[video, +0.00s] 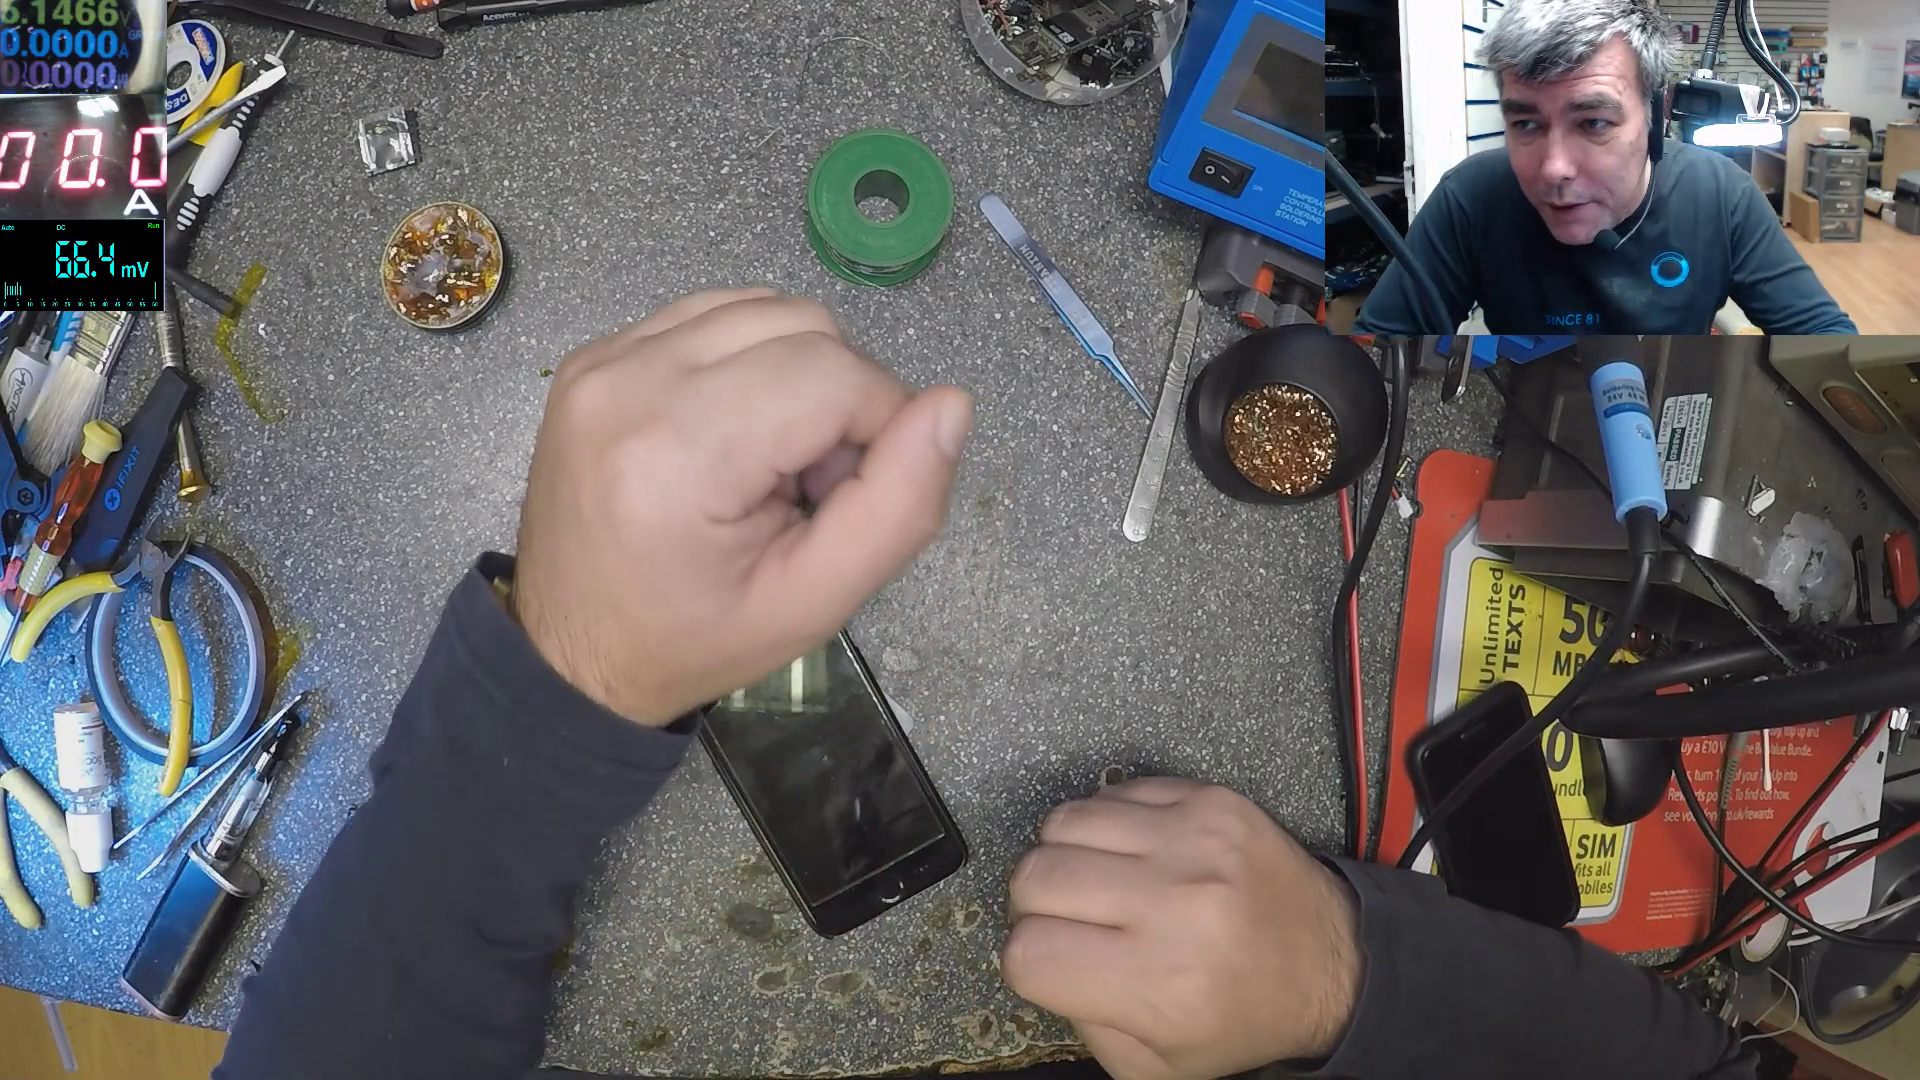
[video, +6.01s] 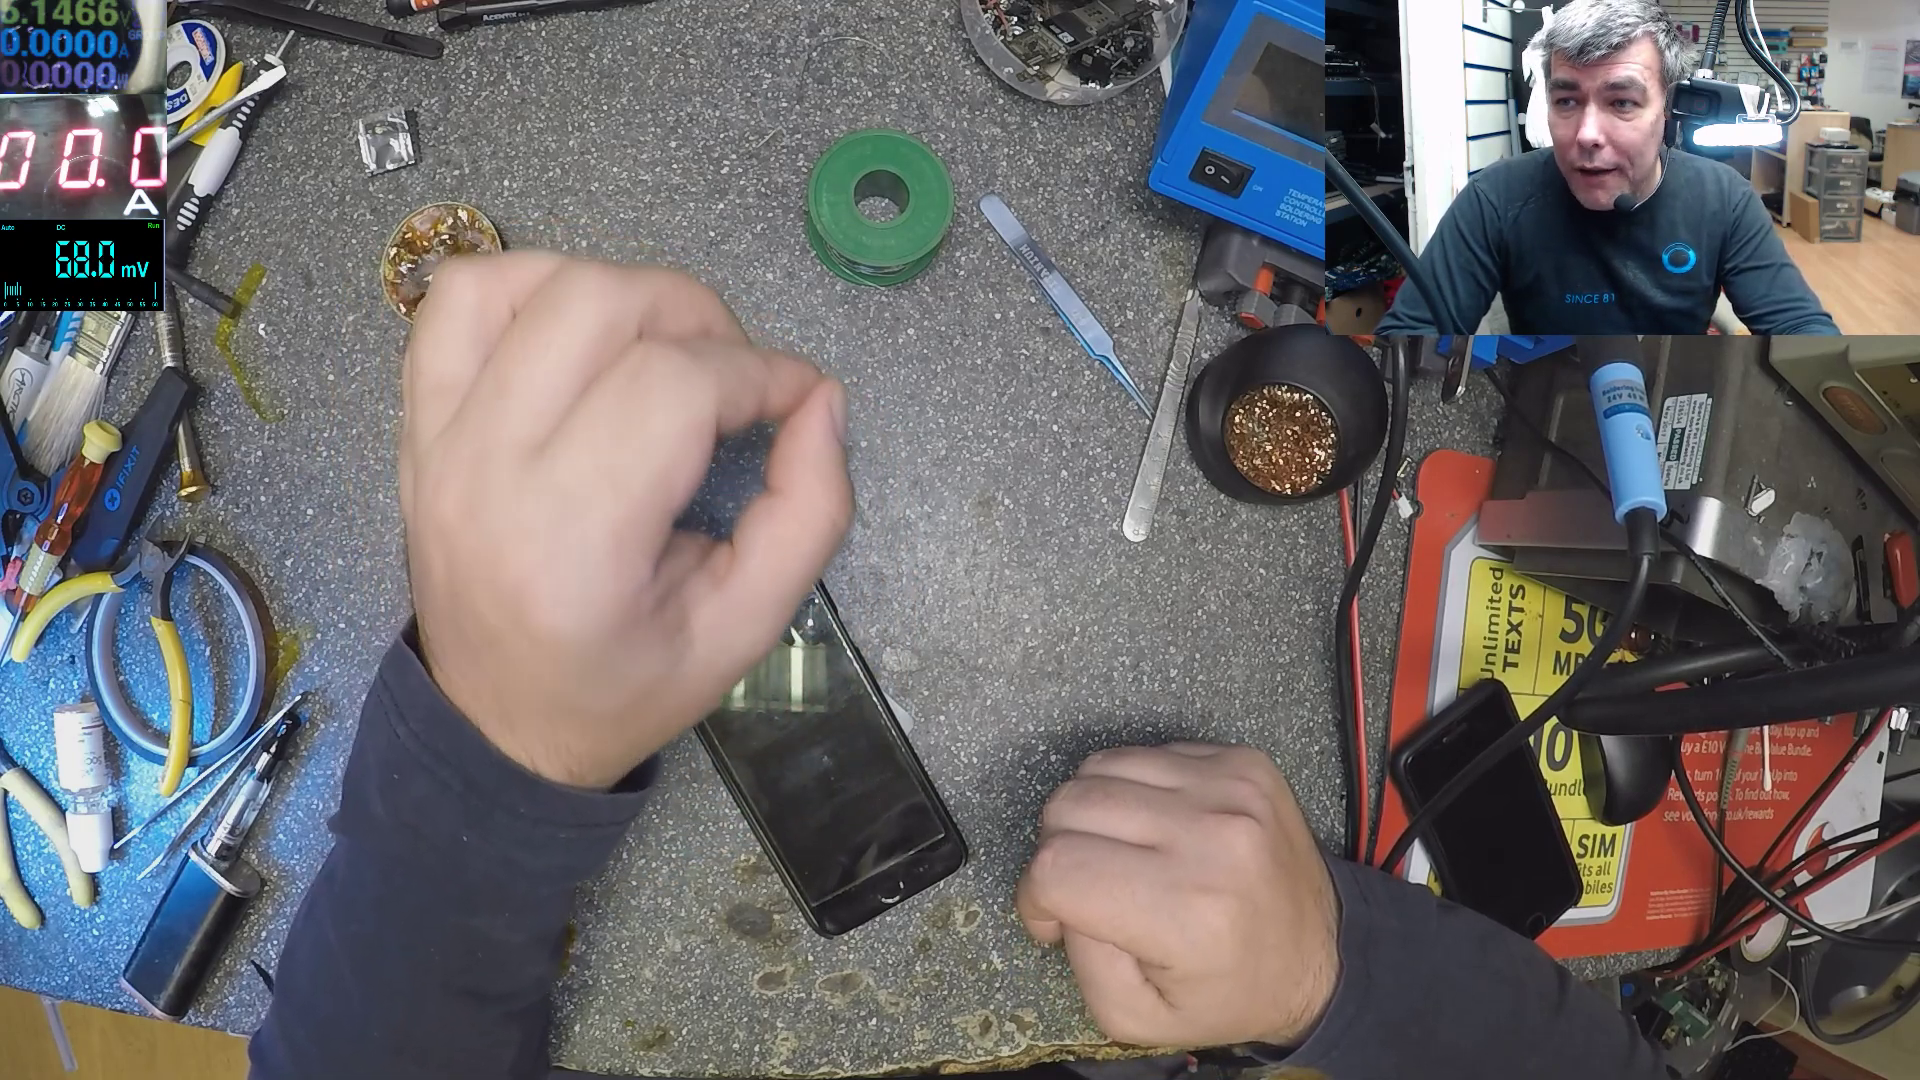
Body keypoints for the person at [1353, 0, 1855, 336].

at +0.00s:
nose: (1555, 170)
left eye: (1593, 123)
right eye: (1526, 125)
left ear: (1655, 117)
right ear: (1504, 119)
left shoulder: (1720, 198)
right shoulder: (1468, 203)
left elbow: (1824, 339)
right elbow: (1378, 348)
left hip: (1675, 426)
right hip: (1525, 427)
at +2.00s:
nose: (1597, 153)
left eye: (1632, 116)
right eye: (1573, 112)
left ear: (1670, 115)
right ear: (1546, 107)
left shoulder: (1723, 199)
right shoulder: (1493, 203)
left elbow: (1817, 331)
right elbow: (1401, 342)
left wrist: (1788, 344)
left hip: (1683, 432)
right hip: (1542, 431)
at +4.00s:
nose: (1599, 158)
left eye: (1632, 123)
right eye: (1575, 119)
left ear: (1670, 119)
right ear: (1549, 111)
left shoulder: (1722, 201)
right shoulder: (1496, 203)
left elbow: (1802, 329)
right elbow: (1407, 338)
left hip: (1680, 421)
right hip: (1544, 421)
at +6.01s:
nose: (1589, 135)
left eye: (1623, 103)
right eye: (1568, 101)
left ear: (1666, 111)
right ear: (1545, 108)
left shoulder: (1721, 200)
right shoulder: (1496, 203)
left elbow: (1802, 329)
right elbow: (1407, 337)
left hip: (1681, 419)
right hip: (1544, 420)